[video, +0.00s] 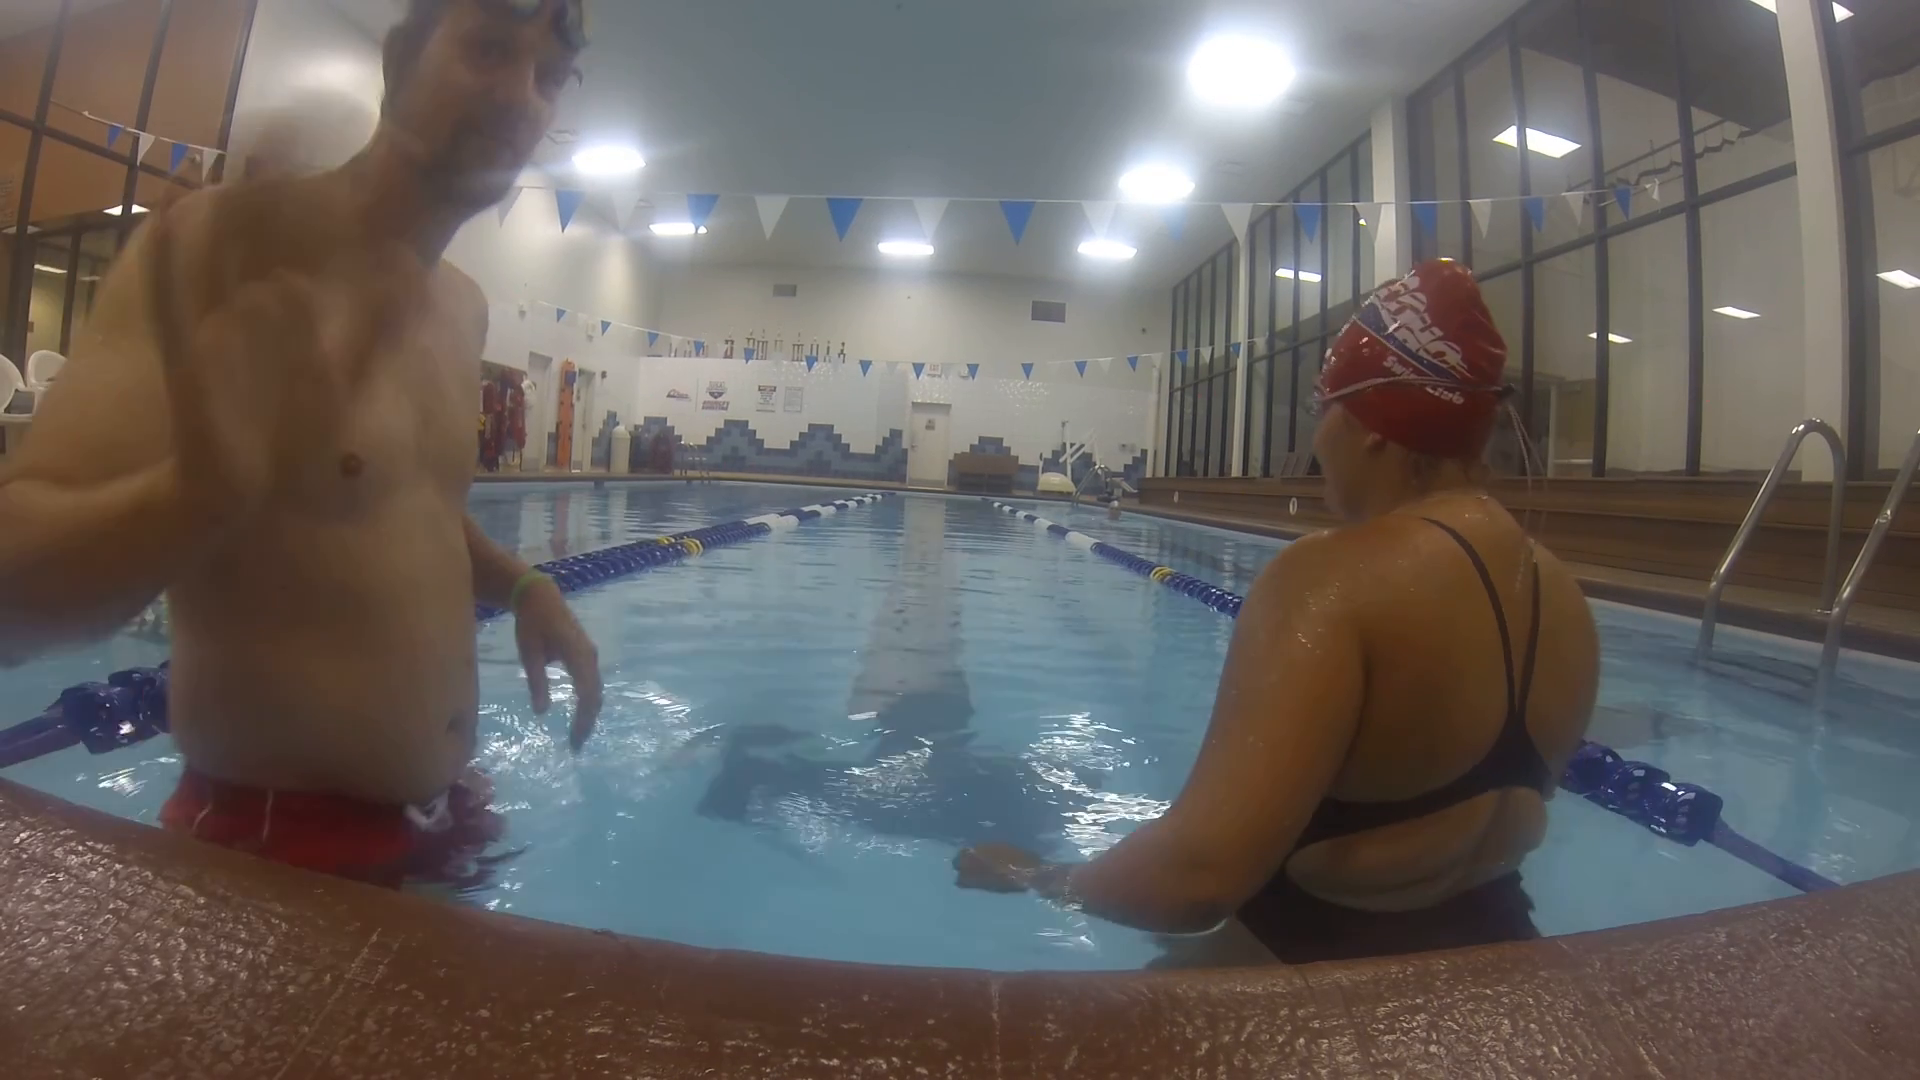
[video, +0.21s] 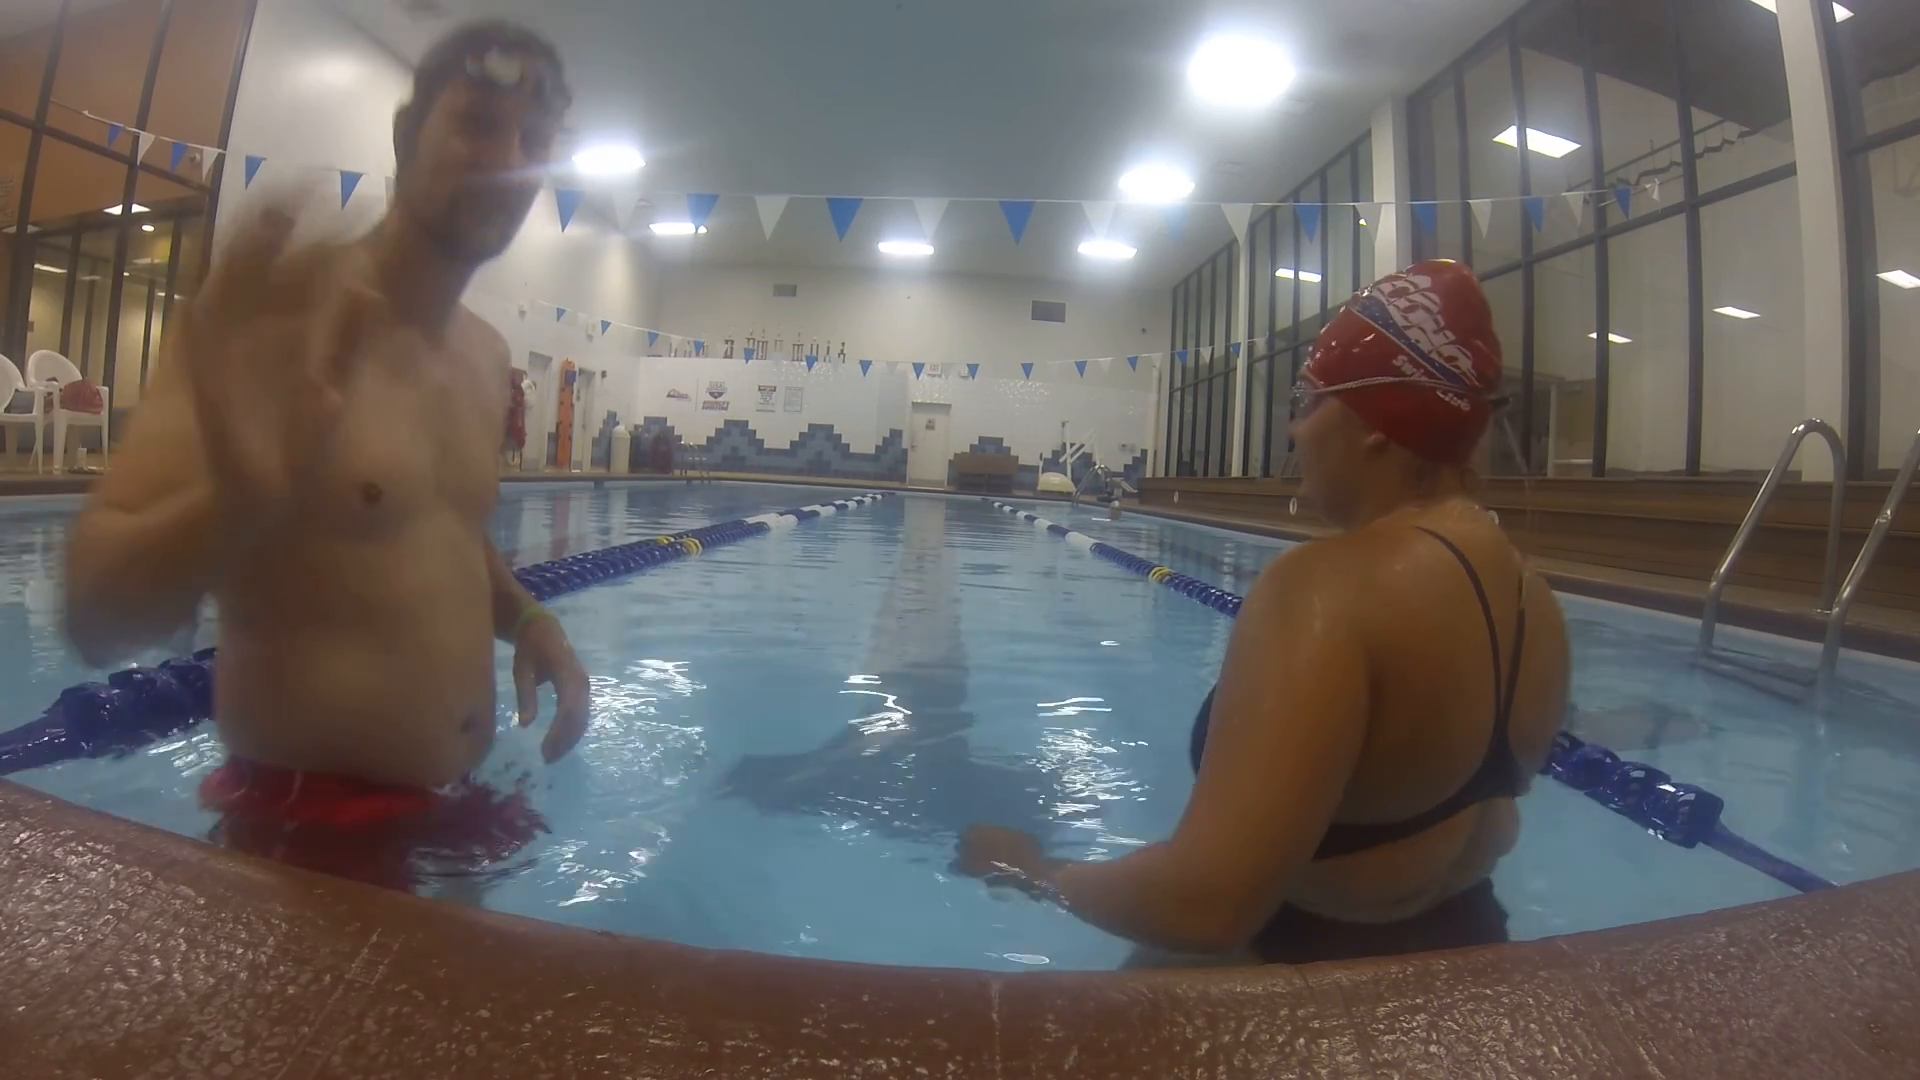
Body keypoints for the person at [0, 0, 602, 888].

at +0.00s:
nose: (523, 97)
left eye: (550, 78)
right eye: (490, 50)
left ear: (556, 114)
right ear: (398, 61)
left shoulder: (459, 305)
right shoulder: (215, 244)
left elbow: (418, 511)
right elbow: (16, 582)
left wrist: (522, 586)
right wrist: (198, 495)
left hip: (441, 826)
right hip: (267, 839)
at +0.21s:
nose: (510, 165)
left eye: (535, 141)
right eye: (479, 126)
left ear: (548, 170)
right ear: (407, 135)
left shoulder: (483, 353)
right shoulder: (265, 325)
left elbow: (451, 532)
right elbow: (95, 615)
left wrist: (529, 622)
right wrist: (242, 502)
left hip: (453, 811)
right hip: (306, 824)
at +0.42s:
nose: (533, 196)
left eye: (559, 181)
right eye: (505, 162)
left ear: (567, 213)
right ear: (438, 173)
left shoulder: (510, 377)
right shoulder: (296, 327)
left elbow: (508, 536)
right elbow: (168, 584)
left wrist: (545, 621)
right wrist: (292, 556)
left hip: (474, 783)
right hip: (337, 783)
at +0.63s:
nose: (577, 233)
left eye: (599, 218)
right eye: (557, 198)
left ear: (606, 242)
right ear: (493, 190)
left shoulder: (534, 389)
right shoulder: (341, 309)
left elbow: (521, 554)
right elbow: (174, 473)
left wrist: (543, 618)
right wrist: (316, 454)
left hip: (466, 758)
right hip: (331, 751)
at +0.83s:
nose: (634, 306)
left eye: (651, 290)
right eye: (617, 270)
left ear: (656, 308)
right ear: (546, 256)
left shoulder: (556, 431)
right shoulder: (388, 337)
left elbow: (524, 589)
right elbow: (204, 489)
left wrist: (538, 626)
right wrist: (371, 442)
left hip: (462, 737)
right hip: (325, 737)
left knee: (505, 826)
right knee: (337, 917)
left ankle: (484, 910)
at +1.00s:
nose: (649, 336)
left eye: (667, 321)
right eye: (632, 299)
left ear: (674, 332)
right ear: (566, 279)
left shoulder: (570, 446)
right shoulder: (401, 339)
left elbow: (521, 590)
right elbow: (233, 510)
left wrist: (540, 623)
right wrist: (395, 494)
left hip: (459, 746)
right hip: (312, 742)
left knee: (476, 839)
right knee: (341, 939)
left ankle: (450, 902)